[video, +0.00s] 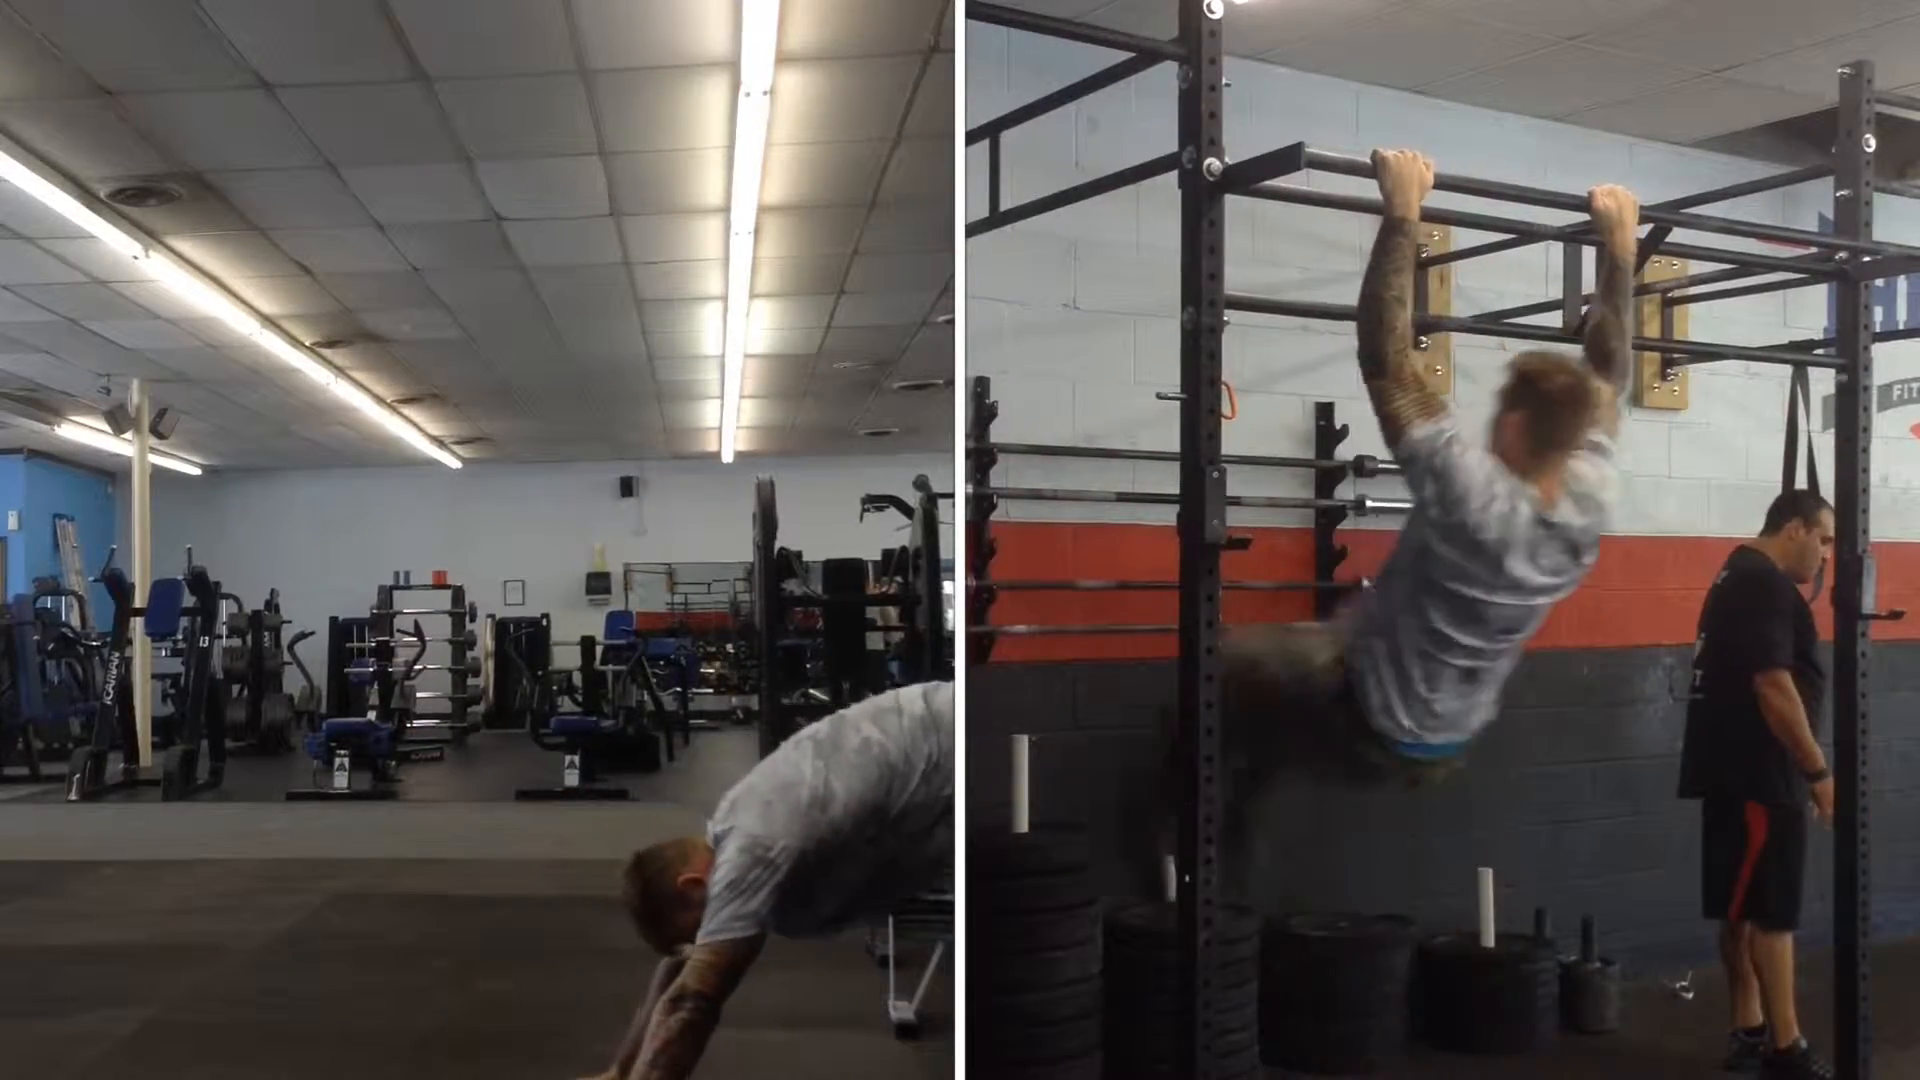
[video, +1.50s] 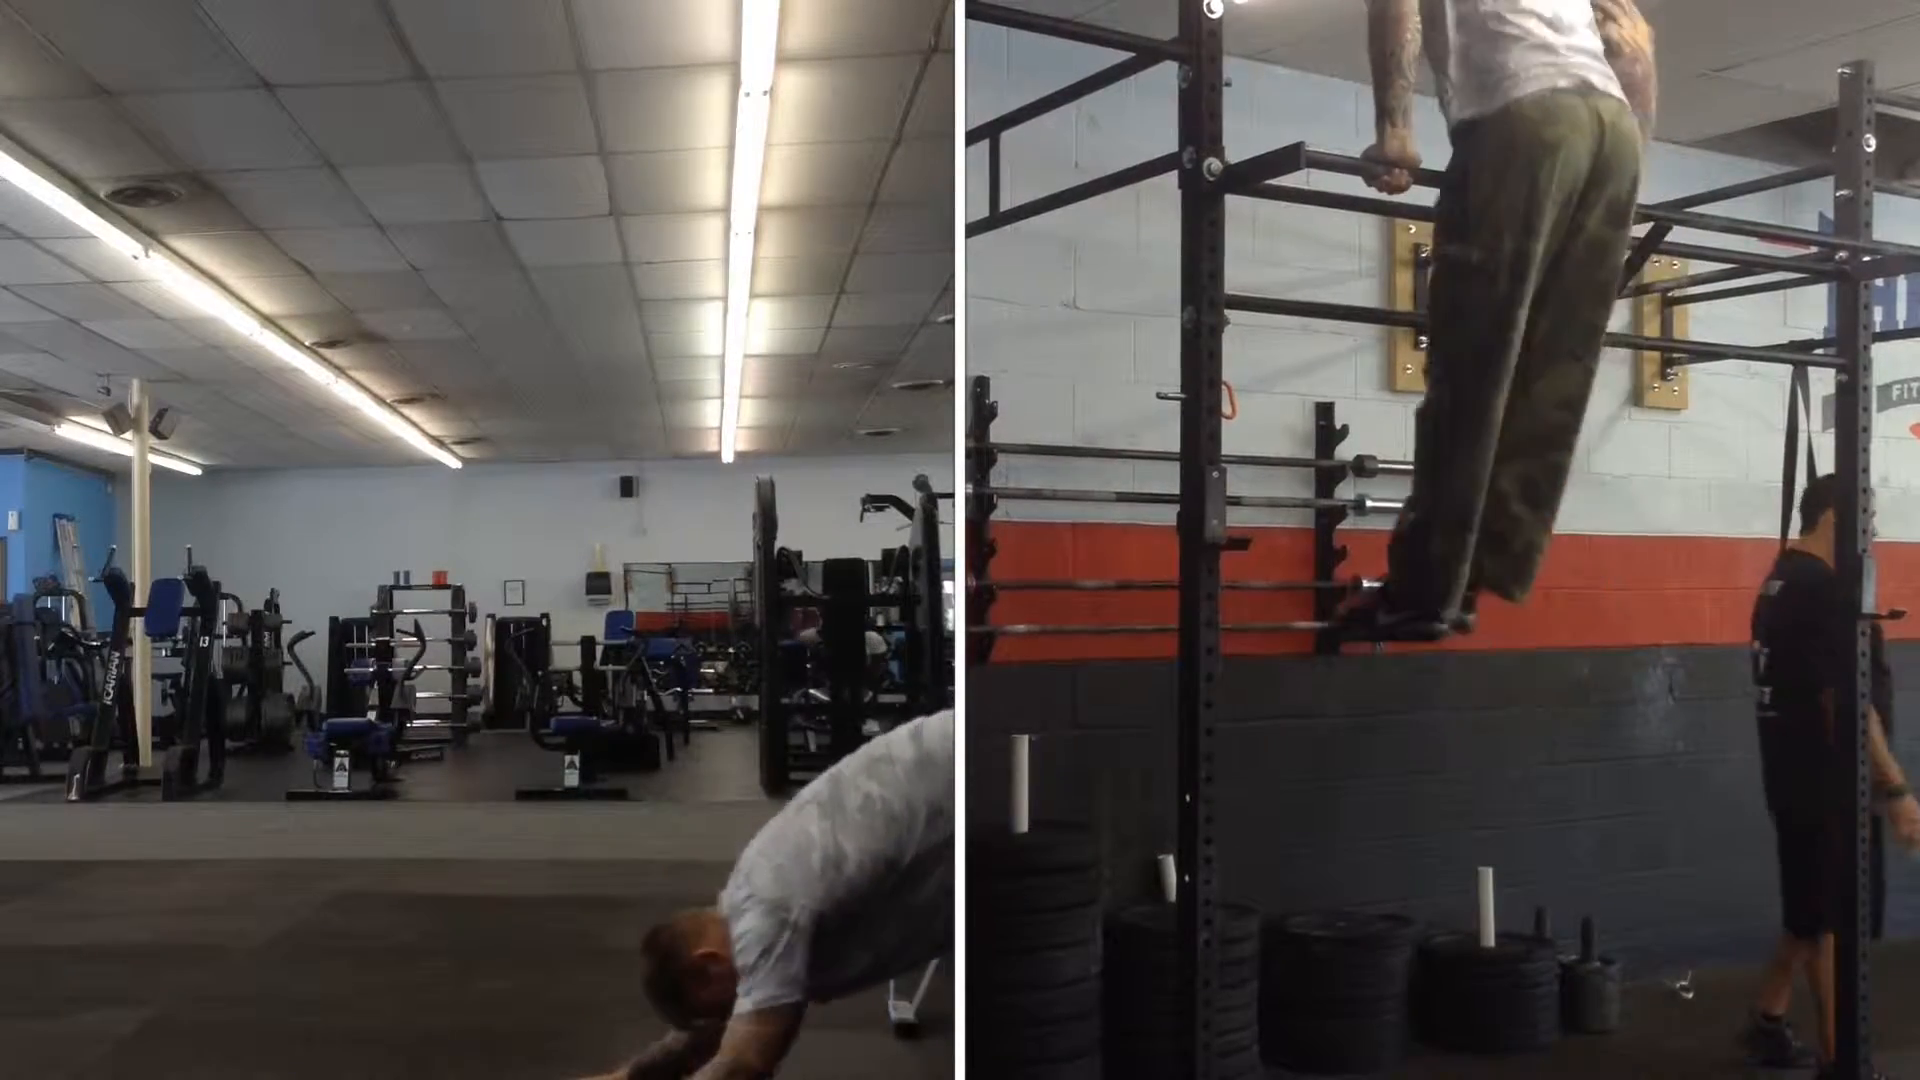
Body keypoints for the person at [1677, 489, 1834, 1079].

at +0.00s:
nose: (1825, 551)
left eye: (1829, 541)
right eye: (1822, 538)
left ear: (1783, 528)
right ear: (1793, 529)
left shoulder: (1739, 580)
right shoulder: (1764, 585)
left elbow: (1747, 684)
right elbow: (1771, 687)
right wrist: (1819, 771)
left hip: (1735, 771)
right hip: (1761, 776)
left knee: (1741, 911)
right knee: (1773, 916)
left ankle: (1749, 1032)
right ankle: (1787, 1045)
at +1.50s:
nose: (1866, 535)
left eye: (1866, 522)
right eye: (1862, 522)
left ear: (1814, 514)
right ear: (1835, 517)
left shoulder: (1784, 577)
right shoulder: (1825, 586)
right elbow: (1849, 700)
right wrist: (1895, 787)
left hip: (1791, 771)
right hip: (1827, 778)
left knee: (1807, 910)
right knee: (1834, 919)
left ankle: (1769, 1017)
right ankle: (1840, 1054)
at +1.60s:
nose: (1877, 531)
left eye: (1877, 518)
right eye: (1871, 517)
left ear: (1821, 513)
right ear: (1841, 515)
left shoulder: (1785, 581)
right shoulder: (1829, 587)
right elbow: (1860, 696)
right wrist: (1911, 781)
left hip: (1799, 777)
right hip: (1836, 783)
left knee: (1824, 913)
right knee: (1841, 924)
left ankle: (1785, 1005)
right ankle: (1844, 1054)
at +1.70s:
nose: (1883, 530)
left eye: (1883, 517)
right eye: (1876, 517)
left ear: (1827, 513)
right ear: (1844, 515)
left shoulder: (1790, 581)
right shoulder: (1839, 588)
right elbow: (1869, 702)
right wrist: (1915, 773)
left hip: (1802, 781)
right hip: (1840, 788)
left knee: (1830, 915)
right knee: (1844, 925)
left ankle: (1819, 1026)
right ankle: (1841, 1054)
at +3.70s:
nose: (1916, 524)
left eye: (1912, 511)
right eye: (1919, 512)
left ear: (1904, 515)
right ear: (1917, 517)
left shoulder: (1876, 577)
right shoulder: (1891, 577)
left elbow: (1845, 658)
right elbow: (1849, 660)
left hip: (1885, 767)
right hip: (1901, 770)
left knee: (1900, 914)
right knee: (1902, 915)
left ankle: (1883, 1029)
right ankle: (1883, 1031)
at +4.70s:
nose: (1892, 523)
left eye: (1887, 512)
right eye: (1888, 513)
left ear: (1826, 519)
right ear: (1876, 517)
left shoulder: (1790, 588)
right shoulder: (1902, 592)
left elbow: (1766, 665)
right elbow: (1907, 688)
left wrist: (1798, 727)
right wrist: (1898, 737)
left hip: (1814, 776)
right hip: (1894, 779)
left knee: (1813, 924)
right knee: (1904, 934)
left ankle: (1804, 1053)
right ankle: (1915, 1058)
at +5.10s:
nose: (1850, 525)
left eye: (1844, 513)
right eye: (1845, 514)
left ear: (1784, 519)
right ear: (1827, 515)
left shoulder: (1750, 587)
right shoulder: (1858, 581)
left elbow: (1735, 658)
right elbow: (1908, 681)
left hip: (1781, 780)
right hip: (1859, 783)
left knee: (1795, 922)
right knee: (1885, 919)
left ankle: (1803, 1054)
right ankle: (1890, 1057)